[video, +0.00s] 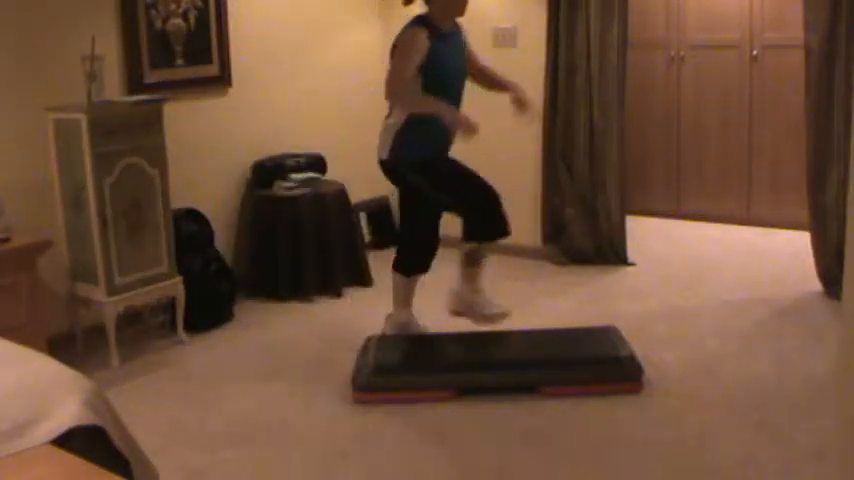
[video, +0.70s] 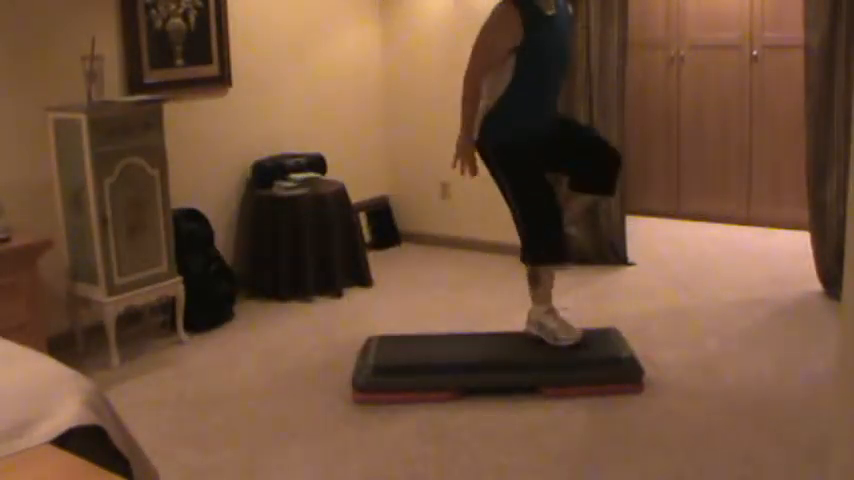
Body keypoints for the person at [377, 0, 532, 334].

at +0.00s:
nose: (464, 5)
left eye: (465, 0)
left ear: (453, 4)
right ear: (437, 1)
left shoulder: (454, 33)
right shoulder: (415, 36)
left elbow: (476, 71)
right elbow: (396, 92)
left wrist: (511, 87)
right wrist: (445, 112)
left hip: (431, 154)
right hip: (404, 155)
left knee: (417, 237)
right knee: (482, 201)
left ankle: (400, 317)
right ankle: (468, 294)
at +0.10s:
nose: (485, 7)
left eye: (484, 3)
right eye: (479, 2)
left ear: (477, 6)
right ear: (456, 4)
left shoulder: (478, 38)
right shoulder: (436, 38)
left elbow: (516, 60)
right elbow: (426, 81)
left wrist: (555, 55)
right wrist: (481, 74)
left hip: (450, 158)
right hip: (425, 159)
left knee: (422, 239)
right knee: (500, 211)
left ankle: (402, 318)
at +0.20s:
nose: (505, 6)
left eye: (505, 1)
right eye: (498, 2)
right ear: (470, 6)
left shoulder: (498, 36)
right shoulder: (458, 38)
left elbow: (540, 51)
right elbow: (452, 76)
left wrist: (563, 44)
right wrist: (504, 50)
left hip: (474, 163)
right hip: (451, 165)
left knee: (446, 236)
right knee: (522, 219)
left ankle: (409, 312)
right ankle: (539, 312)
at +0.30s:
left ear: (512, 0)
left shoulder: (519, 24)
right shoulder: (477, 21)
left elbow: (542, 43)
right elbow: (472, 67)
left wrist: (558, 45)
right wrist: (526, 57)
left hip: (495, 150)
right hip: (468, 150)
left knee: (499, 229)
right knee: (528, 217)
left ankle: (438, 289)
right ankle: (540, 312)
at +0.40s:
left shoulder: (531, 8)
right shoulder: (490, 6)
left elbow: (545, 36)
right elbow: (476, 65)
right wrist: (514, 97)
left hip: (509, 126)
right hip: (479, 128)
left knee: (545, 198)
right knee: (522, 209)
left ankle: (480, 255)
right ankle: (539, 310)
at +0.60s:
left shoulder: (555, 10)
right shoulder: (509, 9)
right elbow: (472, 68)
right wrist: (474, 139)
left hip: (539, 122)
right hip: (502, 131)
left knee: (601, 154)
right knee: (536, 209)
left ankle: (557, 213)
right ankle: (541, 312)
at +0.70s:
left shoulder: (564, 11)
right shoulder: (512, 12)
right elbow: (474, 70)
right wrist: (466, 136)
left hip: (542, 124)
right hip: (503, 133)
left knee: (603, 161)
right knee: (541, 216)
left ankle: (564, 219)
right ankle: (541, 312)